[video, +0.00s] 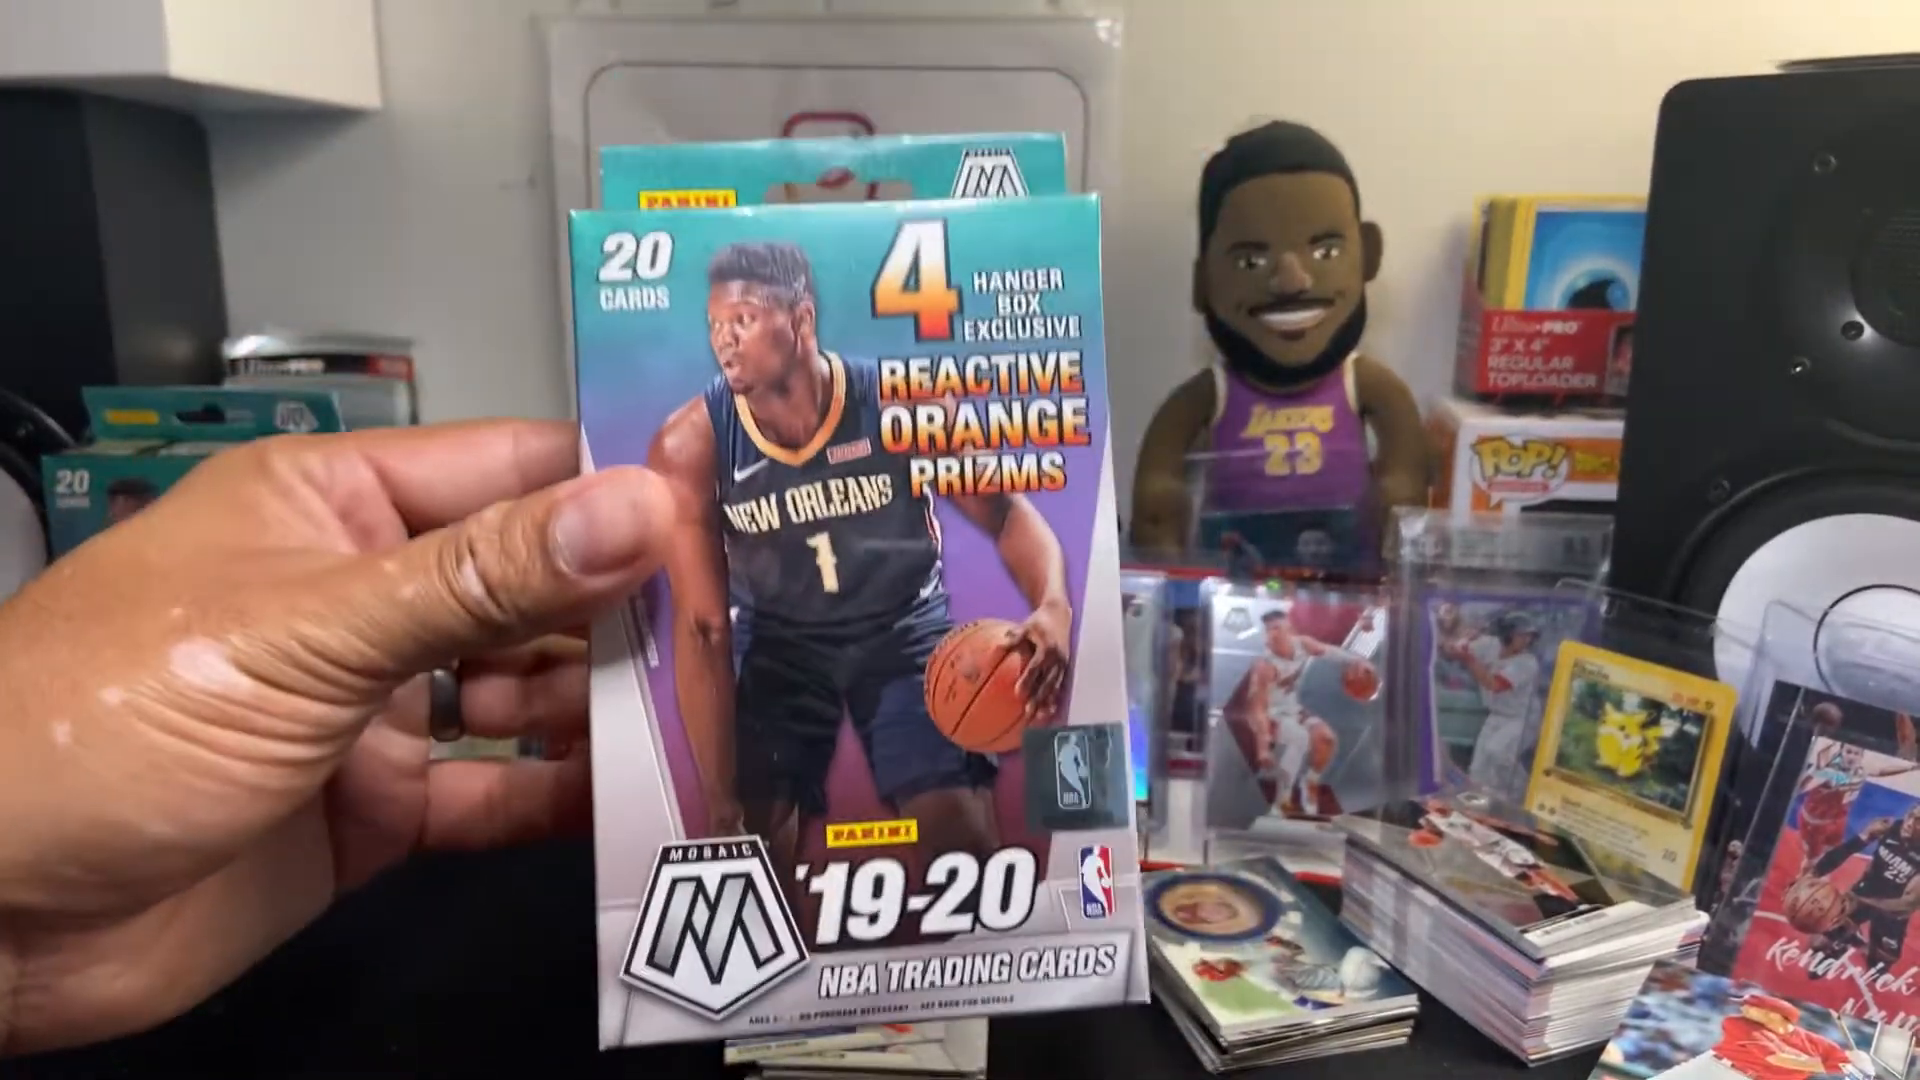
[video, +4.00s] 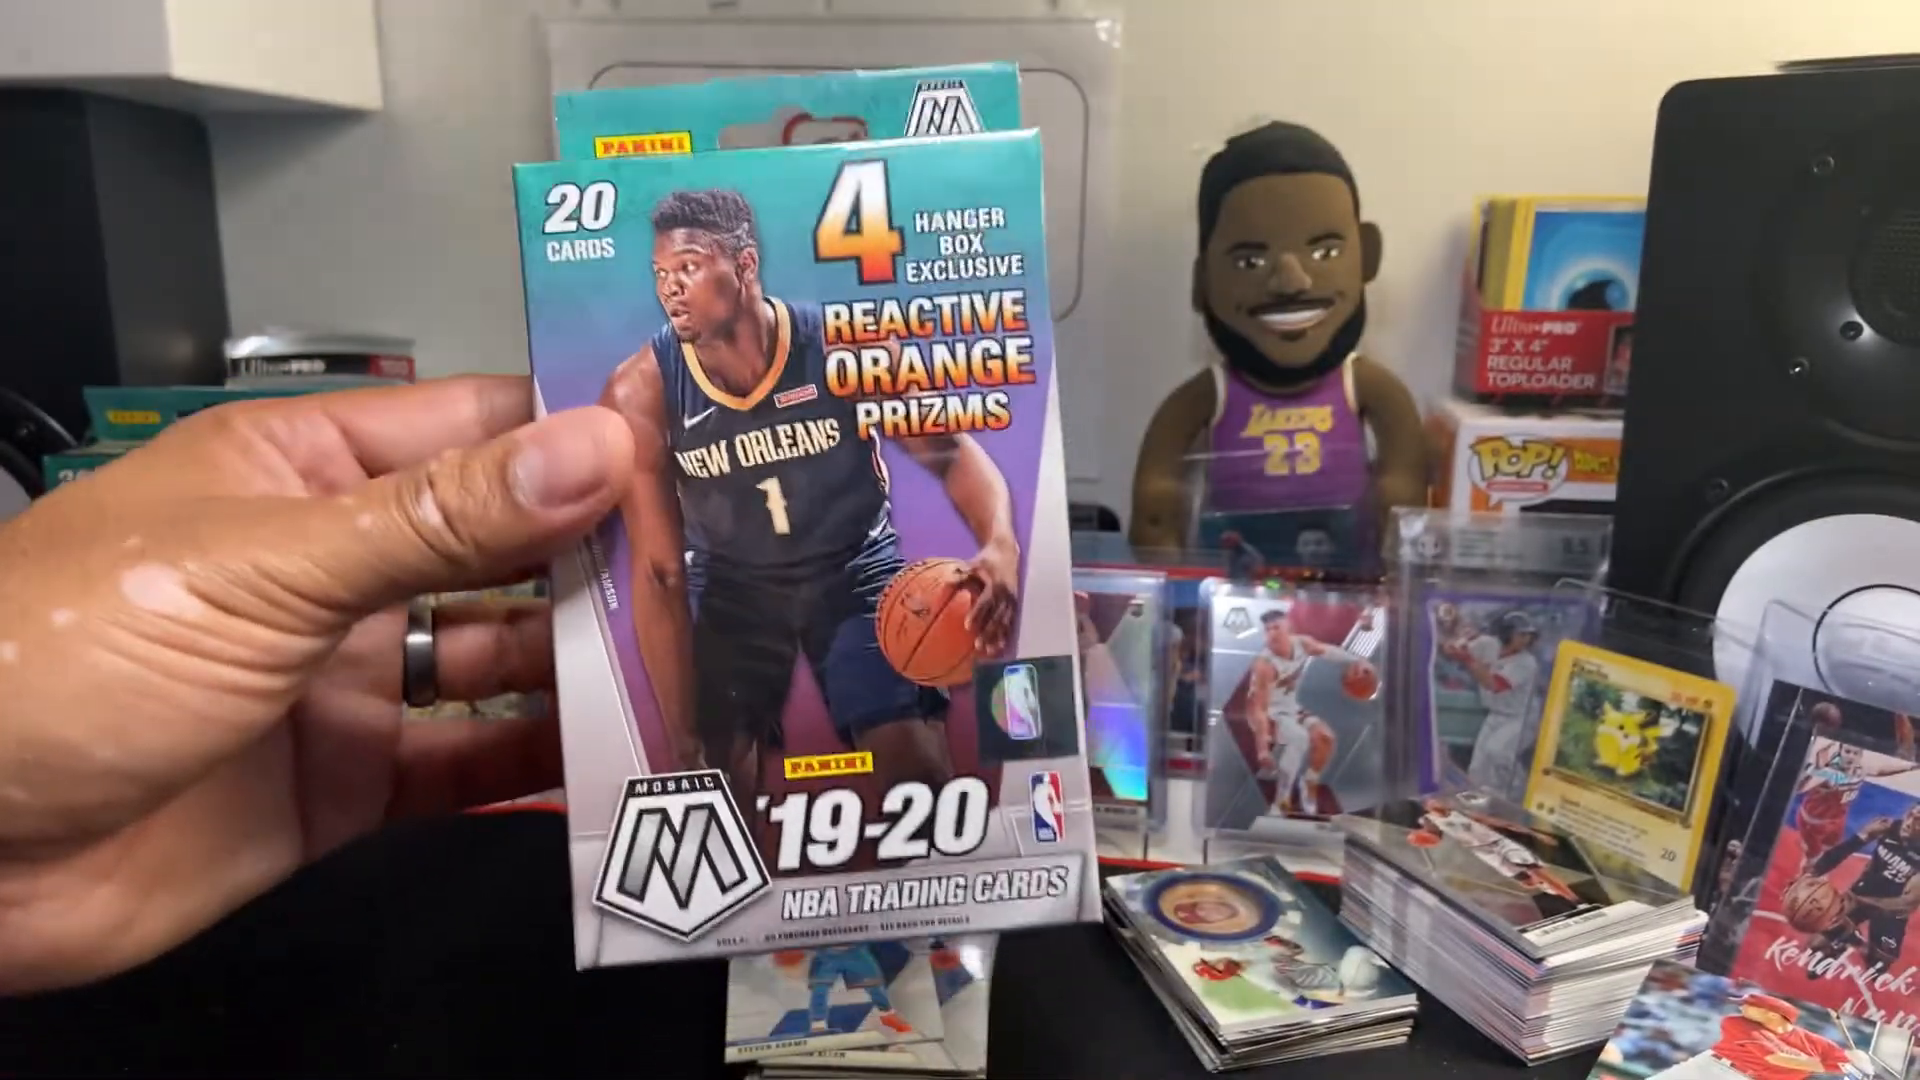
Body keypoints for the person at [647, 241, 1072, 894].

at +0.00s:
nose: (725, 342)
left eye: (743, 320)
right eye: (716, 326)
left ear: (802, 320)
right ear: (710, 334)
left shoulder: (897, 403)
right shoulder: (692, 444)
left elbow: (1004, 514)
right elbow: (702, 630)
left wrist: (1054, 606)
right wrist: (718, 799)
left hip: (907, 637)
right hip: (783, 651)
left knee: (954, 831)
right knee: (756, 843)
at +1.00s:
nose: (828, 306)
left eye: (854, 282)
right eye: (819, 283)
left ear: (922, 290)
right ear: (806, 292)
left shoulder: (1028, 406)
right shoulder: (780, 427)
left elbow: (1157, 557)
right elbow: (767, 655)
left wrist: (1202, 680)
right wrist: (767, 858)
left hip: (1008, 695)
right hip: (865, 698)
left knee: (1054, 907)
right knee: (837, 913)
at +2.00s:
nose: (817, 267)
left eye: (845, 238)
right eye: (807, 244)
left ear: (929, 238)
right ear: (797, 254)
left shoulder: (1058, 360)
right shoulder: (772, 411)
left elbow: (1205, 520)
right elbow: (780, 668)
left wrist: (1273, 653)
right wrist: (799, 906)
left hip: (1063, 679)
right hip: (886, 690)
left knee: (1125, 954)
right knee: (845, 957)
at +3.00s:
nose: (669, 281)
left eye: (689, 261)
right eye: (661, 266)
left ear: (747, 259)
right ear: (653, 272)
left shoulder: (838, 344)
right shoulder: (640, 380)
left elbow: (940, 450)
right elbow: (652, 556)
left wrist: (984, 538)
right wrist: (667, 712)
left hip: (845, 559)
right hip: (727, 571)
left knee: (893, 744)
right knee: (708, 755)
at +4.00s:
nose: (670, 290)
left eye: (689, 268)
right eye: (661, 273)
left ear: (746, 266)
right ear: (654, 282)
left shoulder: (840, 348)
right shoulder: (643, 391)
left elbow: (950, 453)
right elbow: (658, 574)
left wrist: (1001, 544)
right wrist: (682, 741)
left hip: (855, 573)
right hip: (736, 587)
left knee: (906, 752)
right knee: (721, 773)